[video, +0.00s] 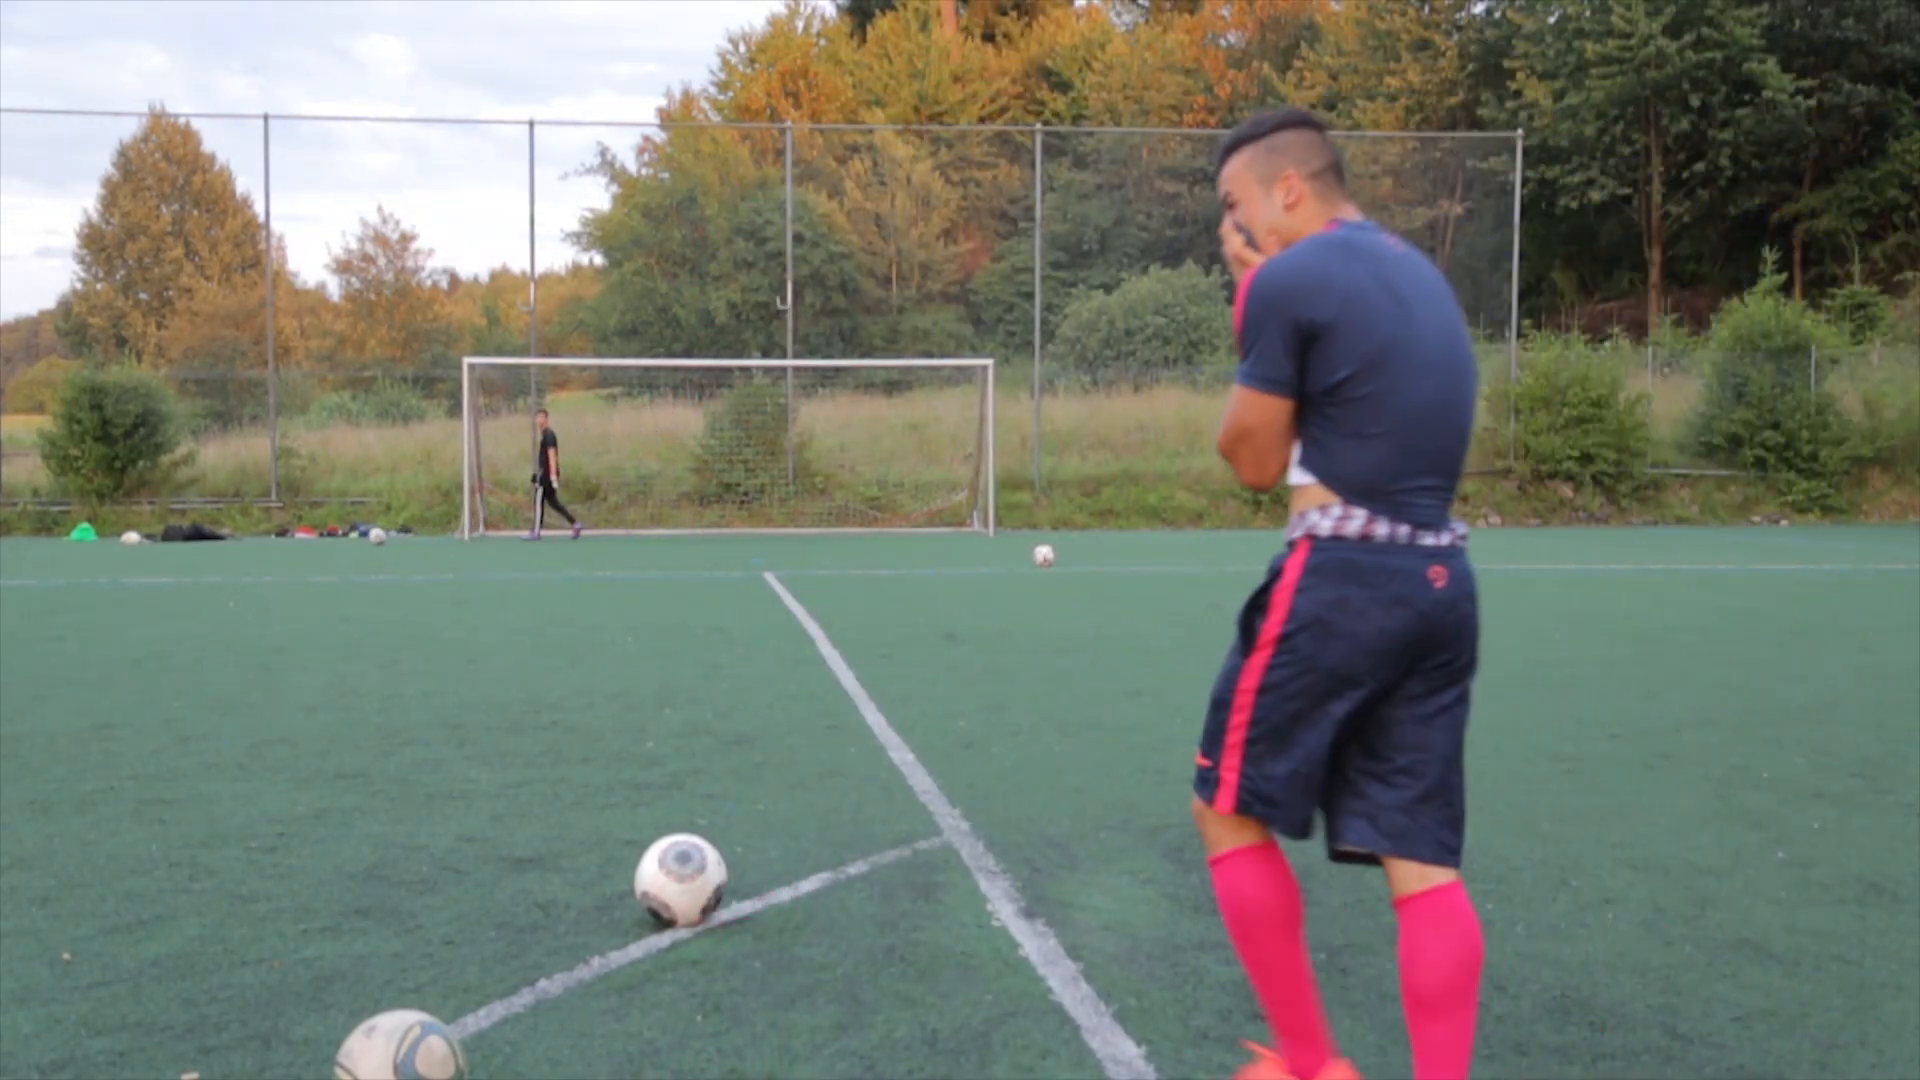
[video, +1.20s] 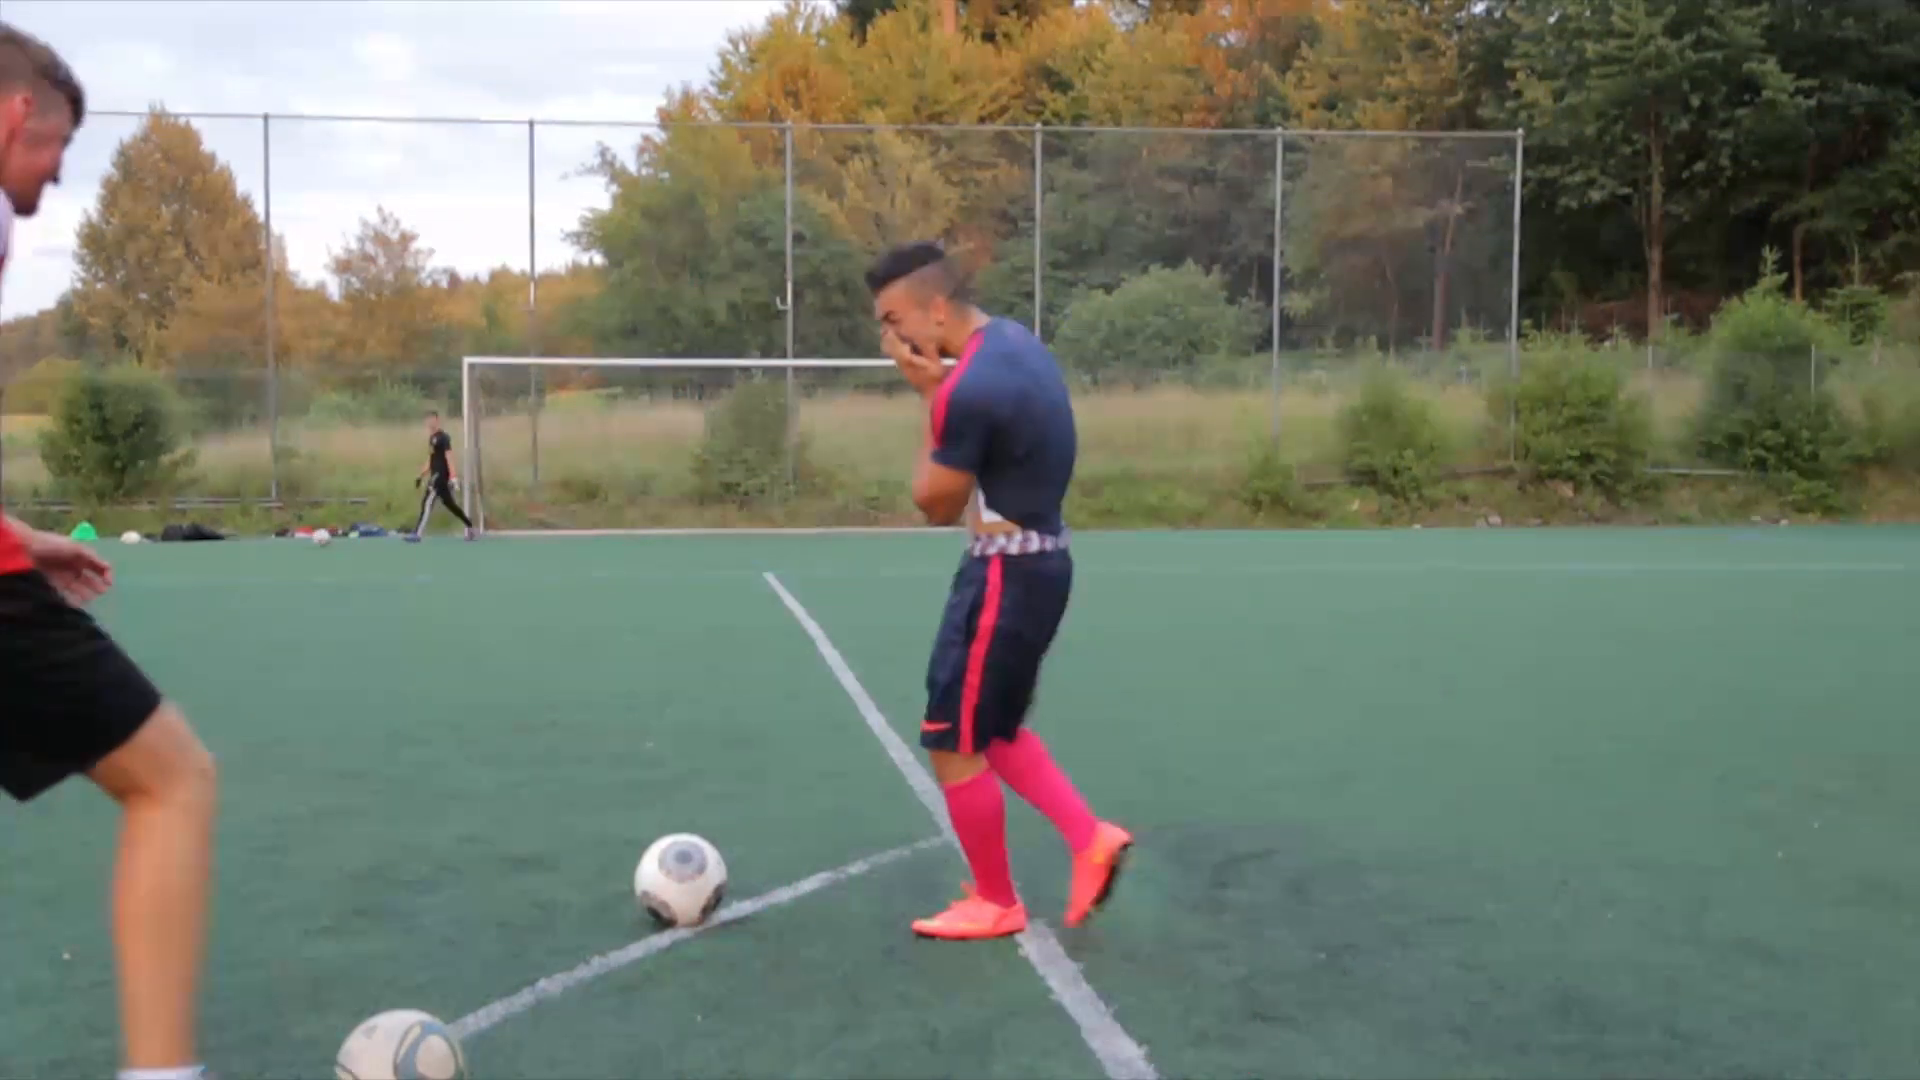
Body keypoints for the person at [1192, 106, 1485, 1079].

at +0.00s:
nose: (1240, 234)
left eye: (1242, 212)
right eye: (1234, 216)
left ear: (1289, 189)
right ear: (1322, 191)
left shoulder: (1295, 277)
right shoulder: (1414, 269)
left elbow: (1254, 461)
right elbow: (1368, 427)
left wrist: (1255, 304)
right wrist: (1270, 297)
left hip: (1335, 580)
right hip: (1439, 584)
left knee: (1231, 807)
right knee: (1421, 851)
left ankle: (1305, 1055)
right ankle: (1446, 1071)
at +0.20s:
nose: (1153, 279)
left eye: (1154, 260)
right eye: (1148, 262)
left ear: (1195, 243)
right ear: (1243, 237)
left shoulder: (1182, 333)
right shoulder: (1333, 303)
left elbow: (1176, 496)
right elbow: (1324, 443)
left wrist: (1161, 364)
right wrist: (1200, 341)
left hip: (1253, 605)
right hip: (1361, 596)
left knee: (1219, 822)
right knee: (1355, 834)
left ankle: (1214, 1027)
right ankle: (1422, 1056)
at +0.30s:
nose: (1125, 277)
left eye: (1122, 261)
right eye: (1121, 262)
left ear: (1150, 243)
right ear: (1208, 231)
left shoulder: (1138, 330)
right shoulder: (1302, 296)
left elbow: (1150, 482)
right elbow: (1302, 431)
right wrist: (1176, 334)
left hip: (1218, 585)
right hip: (1318, 581)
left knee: (1184, 805)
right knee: (1299, 789)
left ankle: (1212, 1027)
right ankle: (1364, 959)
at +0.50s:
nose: (1083, 264)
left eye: (1082, 249)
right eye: (1081, 251)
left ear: (1109, 234)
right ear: (1165, 226)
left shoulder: (1086, 317)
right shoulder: (1246, 295)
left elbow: (1090, 461)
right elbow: (1236, 423)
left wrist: (1098, 339)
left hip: (1161, 567)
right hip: (1250, 562)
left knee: (1178, 801)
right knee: (1214, 763)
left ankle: (1214, 1026)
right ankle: (1208, 948)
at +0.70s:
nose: (1039, 306)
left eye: (1038, 293)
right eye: (1037, 294)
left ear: (1067, 279)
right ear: (1113, 274)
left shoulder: (1054, 351)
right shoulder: (1186, 331)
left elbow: (1045, 487)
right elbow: (1174, 450)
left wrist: (1050, 378)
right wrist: (1076, 369)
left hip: (1115, 579)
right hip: (1190, 576)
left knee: (1093, 790)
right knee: (1152, 769)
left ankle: (1197, 970)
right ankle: (1144, 933)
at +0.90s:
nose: (983, 288)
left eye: (986, 271)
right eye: (979, 274)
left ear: (1028, 259)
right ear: (1047, 263)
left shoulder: (1034, 332)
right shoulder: (1117, 316)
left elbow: (1004, 464)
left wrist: (1003, 352)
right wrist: (1014, 336)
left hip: (1072, 555)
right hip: (1139, 552)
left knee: (983, 730)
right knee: (1109, 736)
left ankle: (1095, 899)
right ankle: (1130, 929)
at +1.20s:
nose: (893, 339)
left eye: (895, 321)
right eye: (886, 325)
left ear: (938, 307)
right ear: (945, 308)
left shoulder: (975, 385)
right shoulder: (1012, 344)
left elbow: (937, 504)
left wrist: (935, 399)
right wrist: (939, 390)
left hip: (1005, 572)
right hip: (1035, 563)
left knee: (951, 743)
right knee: (997, 728)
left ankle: (996, 900)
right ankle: (1089, 837)